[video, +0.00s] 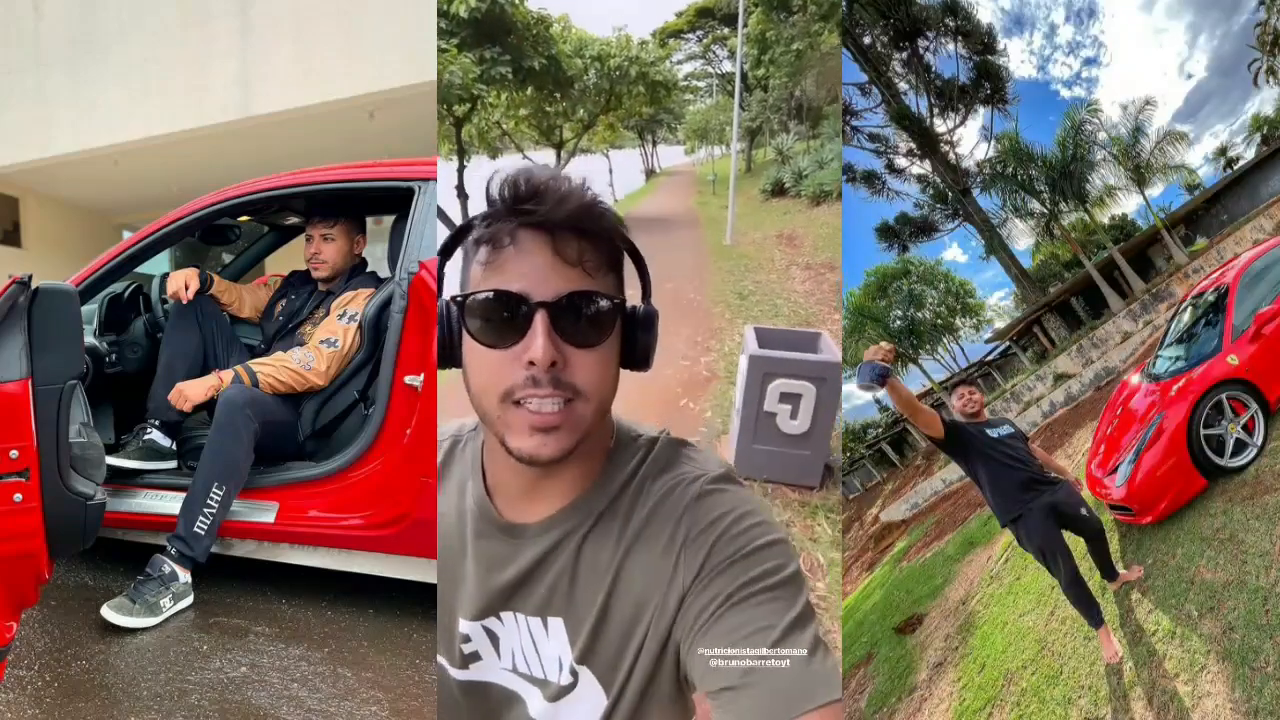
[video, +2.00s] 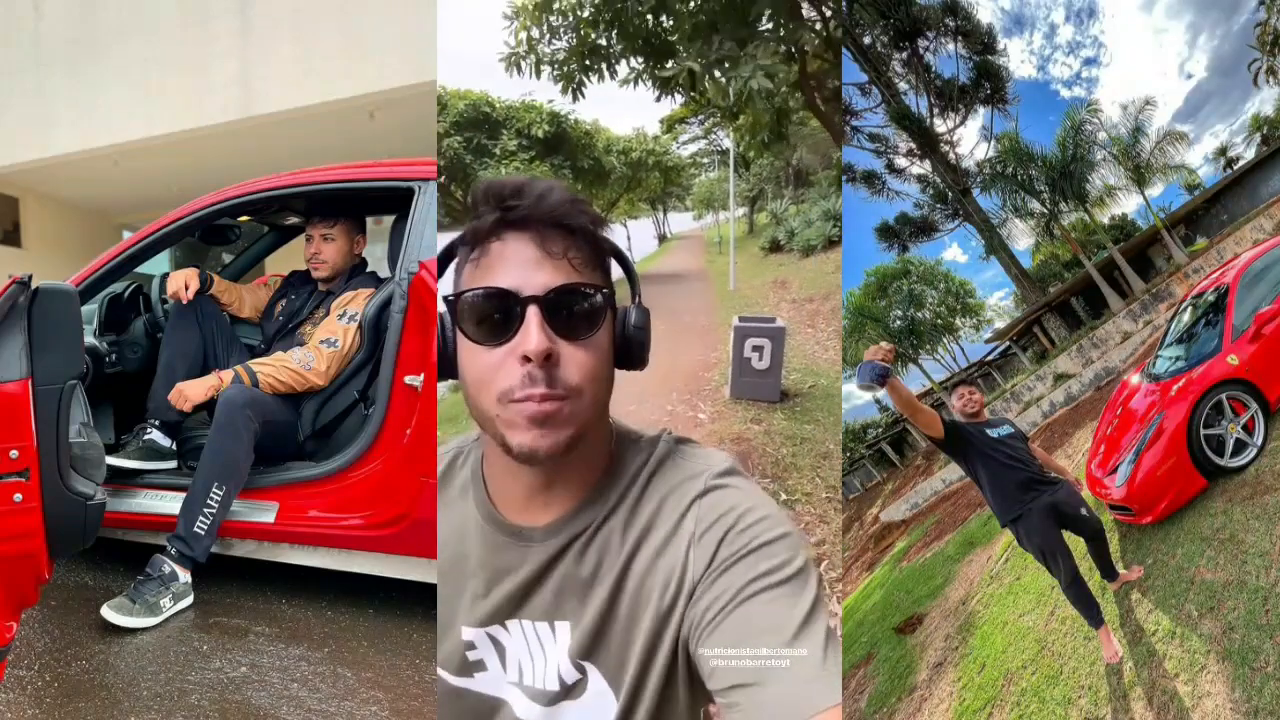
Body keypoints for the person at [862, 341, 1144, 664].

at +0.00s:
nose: (966, 397)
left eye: (971, 392)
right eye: (959, 397)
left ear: (983, 398)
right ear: (953, 410)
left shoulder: (1003, 424)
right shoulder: (956, 436)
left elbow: (1037, 454)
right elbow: (917, 413)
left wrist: (1067, 475)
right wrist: (886, 375)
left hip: (1051, 489)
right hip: (1022, 511)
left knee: (1093, 528)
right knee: (1065, 570)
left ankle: (1114, 575)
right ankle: (1101, 628)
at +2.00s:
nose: (967, 397)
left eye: (971, 392)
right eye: (959, 397)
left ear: (983, 398)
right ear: (953, 410)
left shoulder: (1004, 424)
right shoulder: (957, 436)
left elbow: (1037, 454)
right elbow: (916, 412)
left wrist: (1067, 475)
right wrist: (885, 374)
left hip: (1052, 489)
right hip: (1022, 512)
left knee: (1093, 528)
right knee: (1065, 571)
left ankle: (1114, 576)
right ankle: (1101, 628)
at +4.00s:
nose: (967, 397)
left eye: (971, 392)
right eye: (959, 397)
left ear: (983, 398)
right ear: (953, 410)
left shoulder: (1003, 424)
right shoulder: (957, 436)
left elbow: (1037, 454)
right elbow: (916, 412)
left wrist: (1067, 475)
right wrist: (885, 374)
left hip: (1052, 489)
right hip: (1022, 512)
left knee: (1094, 528)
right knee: (1065, 571)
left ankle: (1114, 576)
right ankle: (1101, 628)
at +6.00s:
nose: (967, 397)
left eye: (972, 392)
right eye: (959, 397)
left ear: (983, 398)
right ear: (952, 410)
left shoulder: (1003, 423)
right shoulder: (957, 436)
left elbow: (1036, 453)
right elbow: (917, 413)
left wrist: (1067, 475)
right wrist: (885, 375)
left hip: (1051, 489)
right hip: (1022, 512)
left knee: (1093, 528)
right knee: (1066, 572)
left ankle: (1114, 576)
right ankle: (1101, 628)